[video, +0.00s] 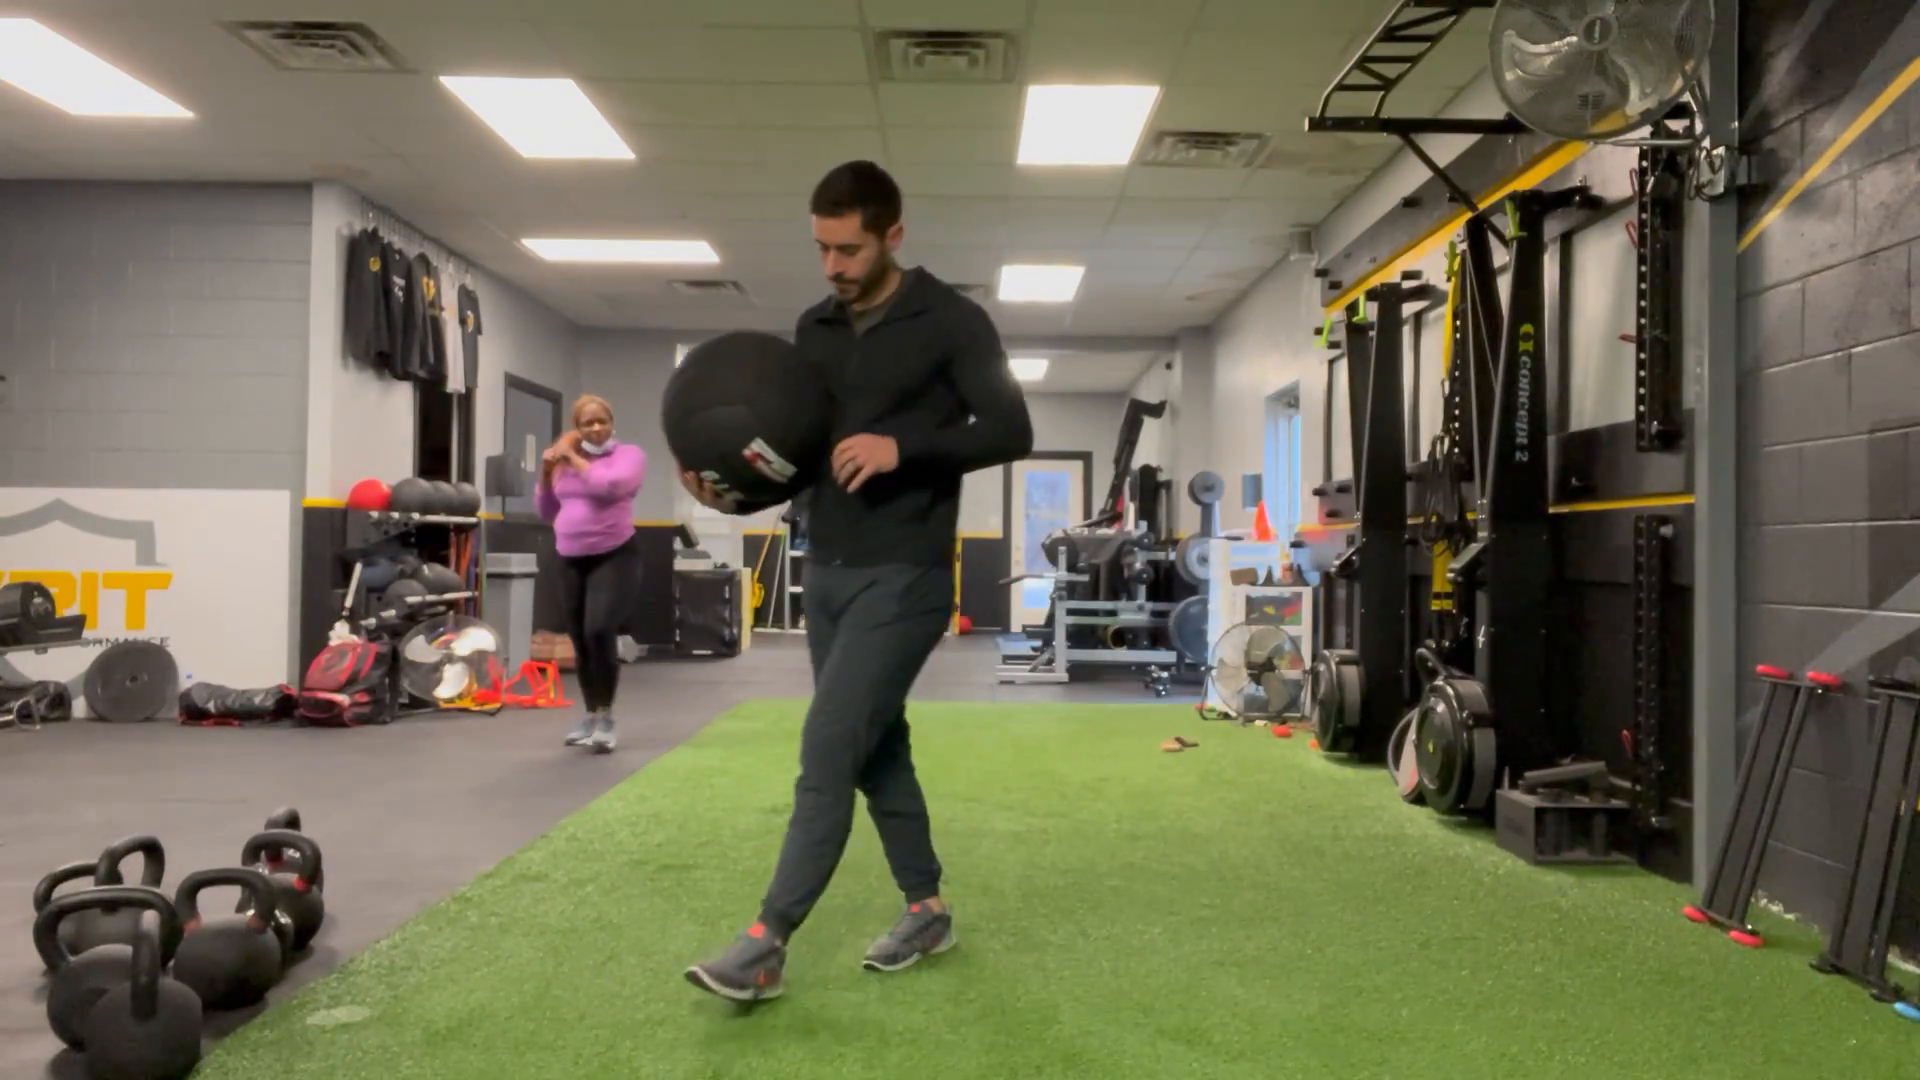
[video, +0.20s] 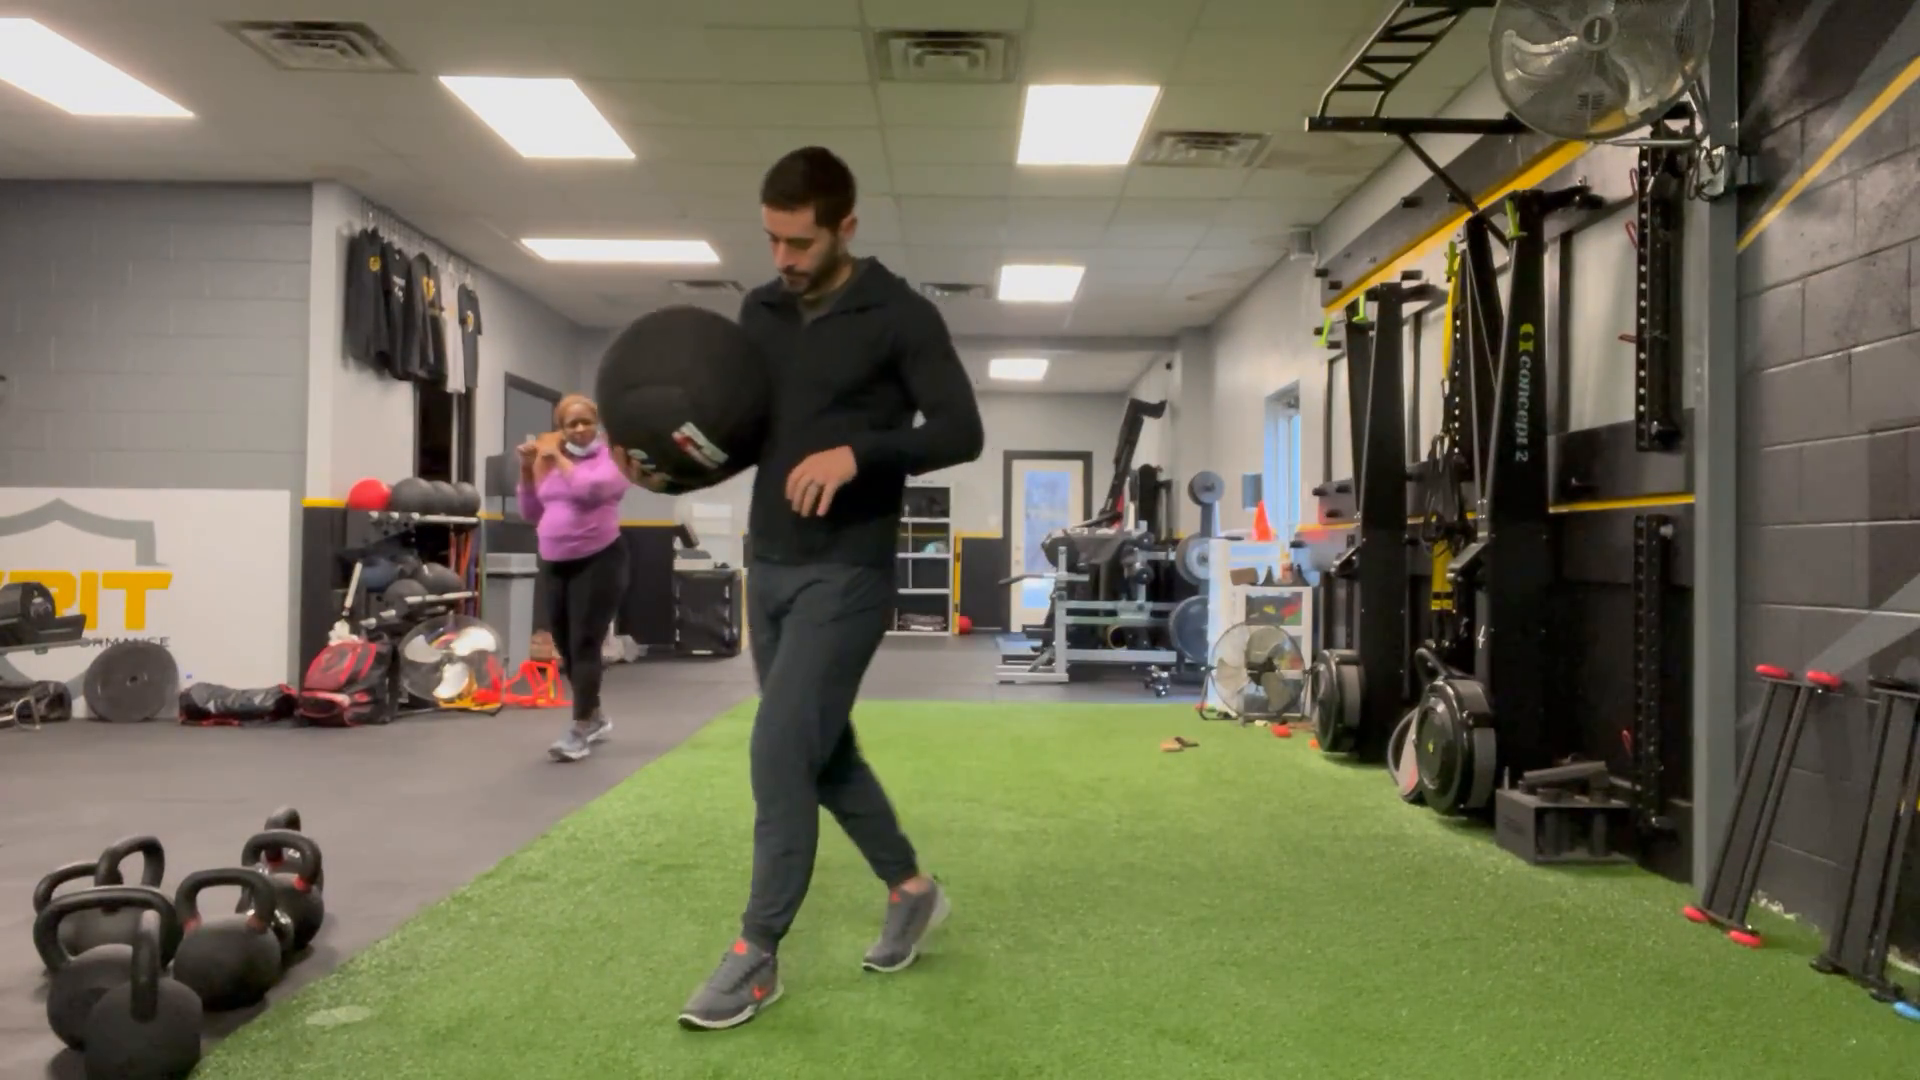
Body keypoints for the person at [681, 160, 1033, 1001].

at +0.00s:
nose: (832, 266)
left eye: (847, 250)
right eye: (822, 249)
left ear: (893, 235)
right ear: (817, 239)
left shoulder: (952, 319)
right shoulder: (816, 329)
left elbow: (1010, 429)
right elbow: (790, 457)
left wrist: (903, 447)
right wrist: (724, 482)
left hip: (908, 576)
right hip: (829, 572)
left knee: (830, 741)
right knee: (876, 745)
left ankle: (766, 941)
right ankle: (926, 907)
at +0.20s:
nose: (783, 258)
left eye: (800, 242)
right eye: (773, 240)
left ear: (845, 226)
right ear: (766, 226)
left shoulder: (900, 312)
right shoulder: (761, 314)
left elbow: (959, 430)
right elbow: (729, 431)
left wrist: (859, 451)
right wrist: (659, 460)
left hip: (848, 571)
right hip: (770, 568)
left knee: (783, 743)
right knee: (816, 744)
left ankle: (757, 949)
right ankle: (910, 884)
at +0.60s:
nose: (689, 245)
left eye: (706, 229)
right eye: (679, 227)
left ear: (754, 205)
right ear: (669, 208)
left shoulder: (812, 296)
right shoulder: (662, 290)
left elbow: (881, 414)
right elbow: (626, 414)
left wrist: (780, 434)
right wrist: (558, 444)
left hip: (750, 574)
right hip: (649, 561)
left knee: (734, 761)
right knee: (583, 741)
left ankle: (751, 952)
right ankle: (544, 899)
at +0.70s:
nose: (664, 250)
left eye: (682, 233)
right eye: (652, 230)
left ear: (727, 211)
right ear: (641, 211)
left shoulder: (781, 298)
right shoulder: (629, 289)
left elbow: (859, 417)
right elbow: (595, 418)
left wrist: (763, 437)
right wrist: (539, 449)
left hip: (719, 578)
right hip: (615, 561)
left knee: (716, 760)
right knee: (540, 734)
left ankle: (751, 950)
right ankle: (461, 897)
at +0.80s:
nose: (631, 256)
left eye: (650, 240)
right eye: (618, 236)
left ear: (692, 218)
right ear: (606, 216)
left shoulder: (747, 305)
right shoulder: (587, 294)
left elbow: (824, 421)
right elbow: (558, 432)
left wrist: (738, 444)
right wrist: (502, 458)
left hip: (685, 585)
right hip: (575, 568)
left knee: (701, 765)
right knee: (494, 740)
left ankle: (749, 951)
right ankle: (410, 903)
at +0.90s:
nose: (592, 267)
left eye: (612, 250)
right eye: (578, 246)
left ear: (649, 229)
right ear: (564, 222)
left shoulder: (704, 312)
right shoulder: (534, 302)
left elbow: (777, 432)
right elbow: (498, 433)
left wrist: (696, 448)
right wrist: (436, 467)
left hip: (647, 590)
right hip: (532, 579)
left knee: (682, 769)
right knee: (456, 760)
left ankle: (747, 949)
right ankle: (395, 920)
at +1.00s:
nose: (548, 271)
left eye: (567, 256)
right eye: (536, 251)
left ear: (603, 238)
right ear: (519, 229)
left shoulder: (655, 319)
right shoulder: (478, 308)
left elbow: (717, 441)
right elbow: (436, 429)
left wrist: (648, 454)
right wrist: (379, 482)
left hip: (604, 596)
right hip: (486, 589)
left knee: (655, 769)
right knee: (427, 773)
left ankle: (738, 948)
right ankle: (393, 933)